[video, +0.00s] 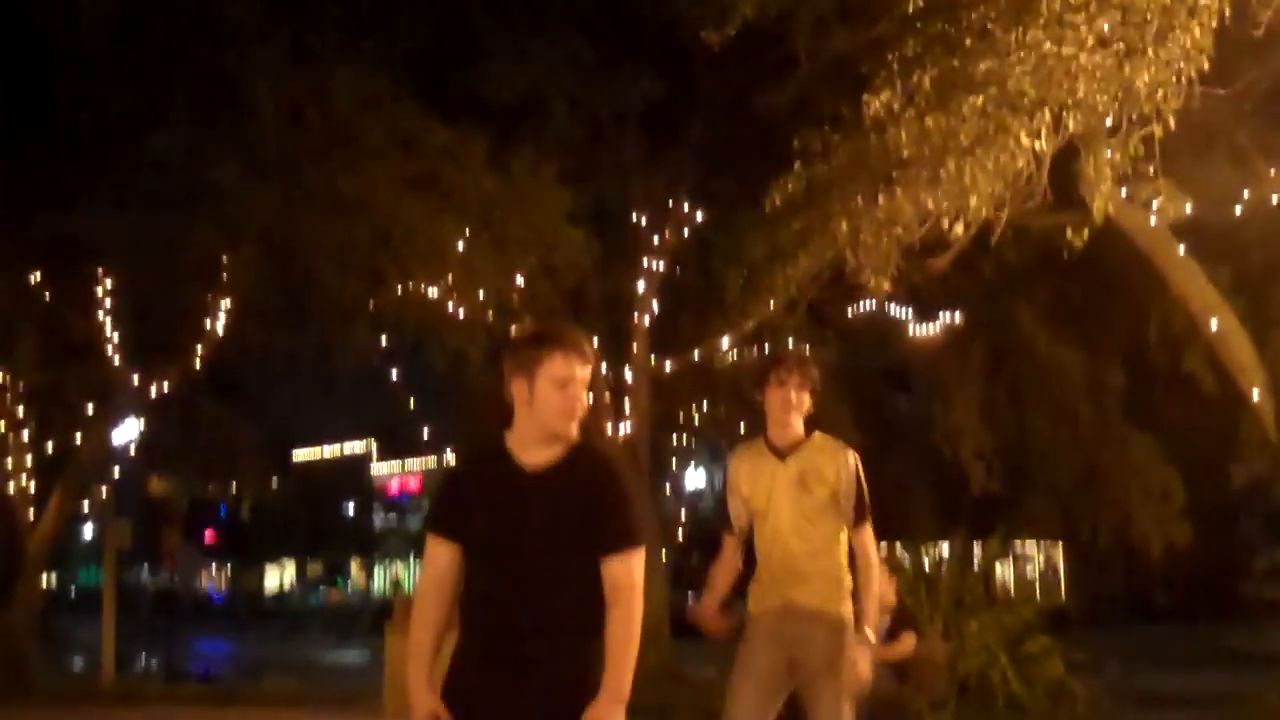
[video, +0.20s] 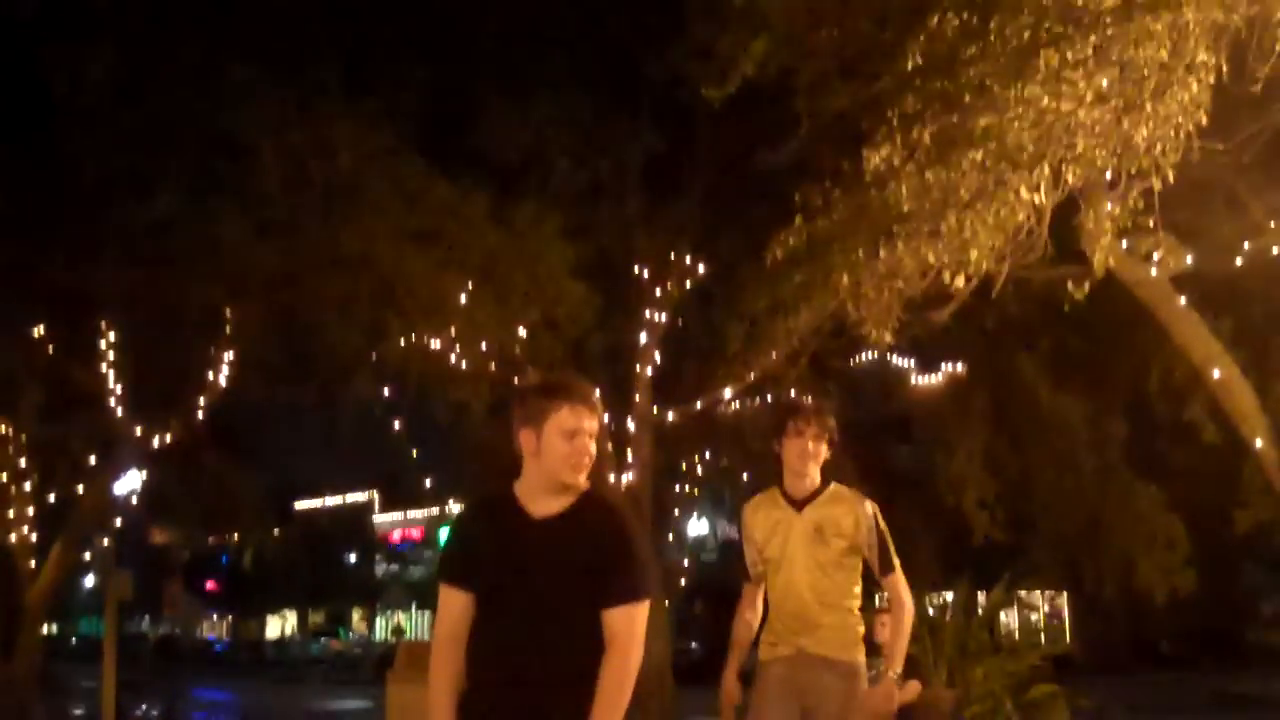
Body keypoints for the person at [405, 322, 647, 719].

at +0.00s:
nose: (580, 401)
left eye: (584, 387)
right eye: (563, 385)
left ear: (591, 393)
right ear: (519, 389)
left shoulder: (603, 481)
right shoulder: (468, 481)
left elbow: (624, 598)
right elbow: (436, 587)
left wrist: (612, 700)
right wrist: (420, 689)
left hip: (571, 698)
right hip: (478, 695)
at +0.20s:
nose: (588, 450)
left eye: (592, 437)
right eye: (571, 436)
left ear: (598, 440)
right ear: (528, 441)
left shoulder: (611, 528)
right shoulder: (479, 523)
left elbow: (625, 648)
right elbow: (449, 638)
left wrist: (602, 715)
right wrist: (441, 712)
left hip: (574, 708)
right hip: (488, 706)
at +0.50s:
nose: (599, 486)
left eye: (605, 473)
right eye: (581, 472)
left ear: (612, 478)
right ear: (540, 478)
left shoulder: (624, 567)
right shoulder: (498, 555)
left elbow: (636, 699)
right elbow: (465, 672)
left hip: (588, 711)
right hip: (506, 711)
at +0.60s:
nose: (605, 486)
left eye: (613, 475)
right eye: (590, 471)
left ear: (620, 481)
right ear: (549, 473)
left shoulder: (627, 571)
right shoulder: (501, 556)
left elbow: (637, 704)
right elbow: (470, 674)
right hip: (508, 711)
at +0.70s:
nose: (606, 487)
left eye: (614, 476)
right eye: (591, 470)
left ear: (620, 482)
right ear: (550, 470)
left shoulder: (623, 569)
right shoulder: (498, 557)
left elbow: (631, 700)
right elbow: (468, 675)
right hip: (505, 711)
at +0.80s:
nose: (601, 483)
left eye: (608, 473)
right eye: (586, 466)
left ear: (613, 481)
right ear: (543, 469)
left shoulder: (617, 564)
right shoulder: (489, 558)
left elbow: (628, 694)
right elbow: (463, 673)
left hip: (584, 712)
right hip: (500, 712)